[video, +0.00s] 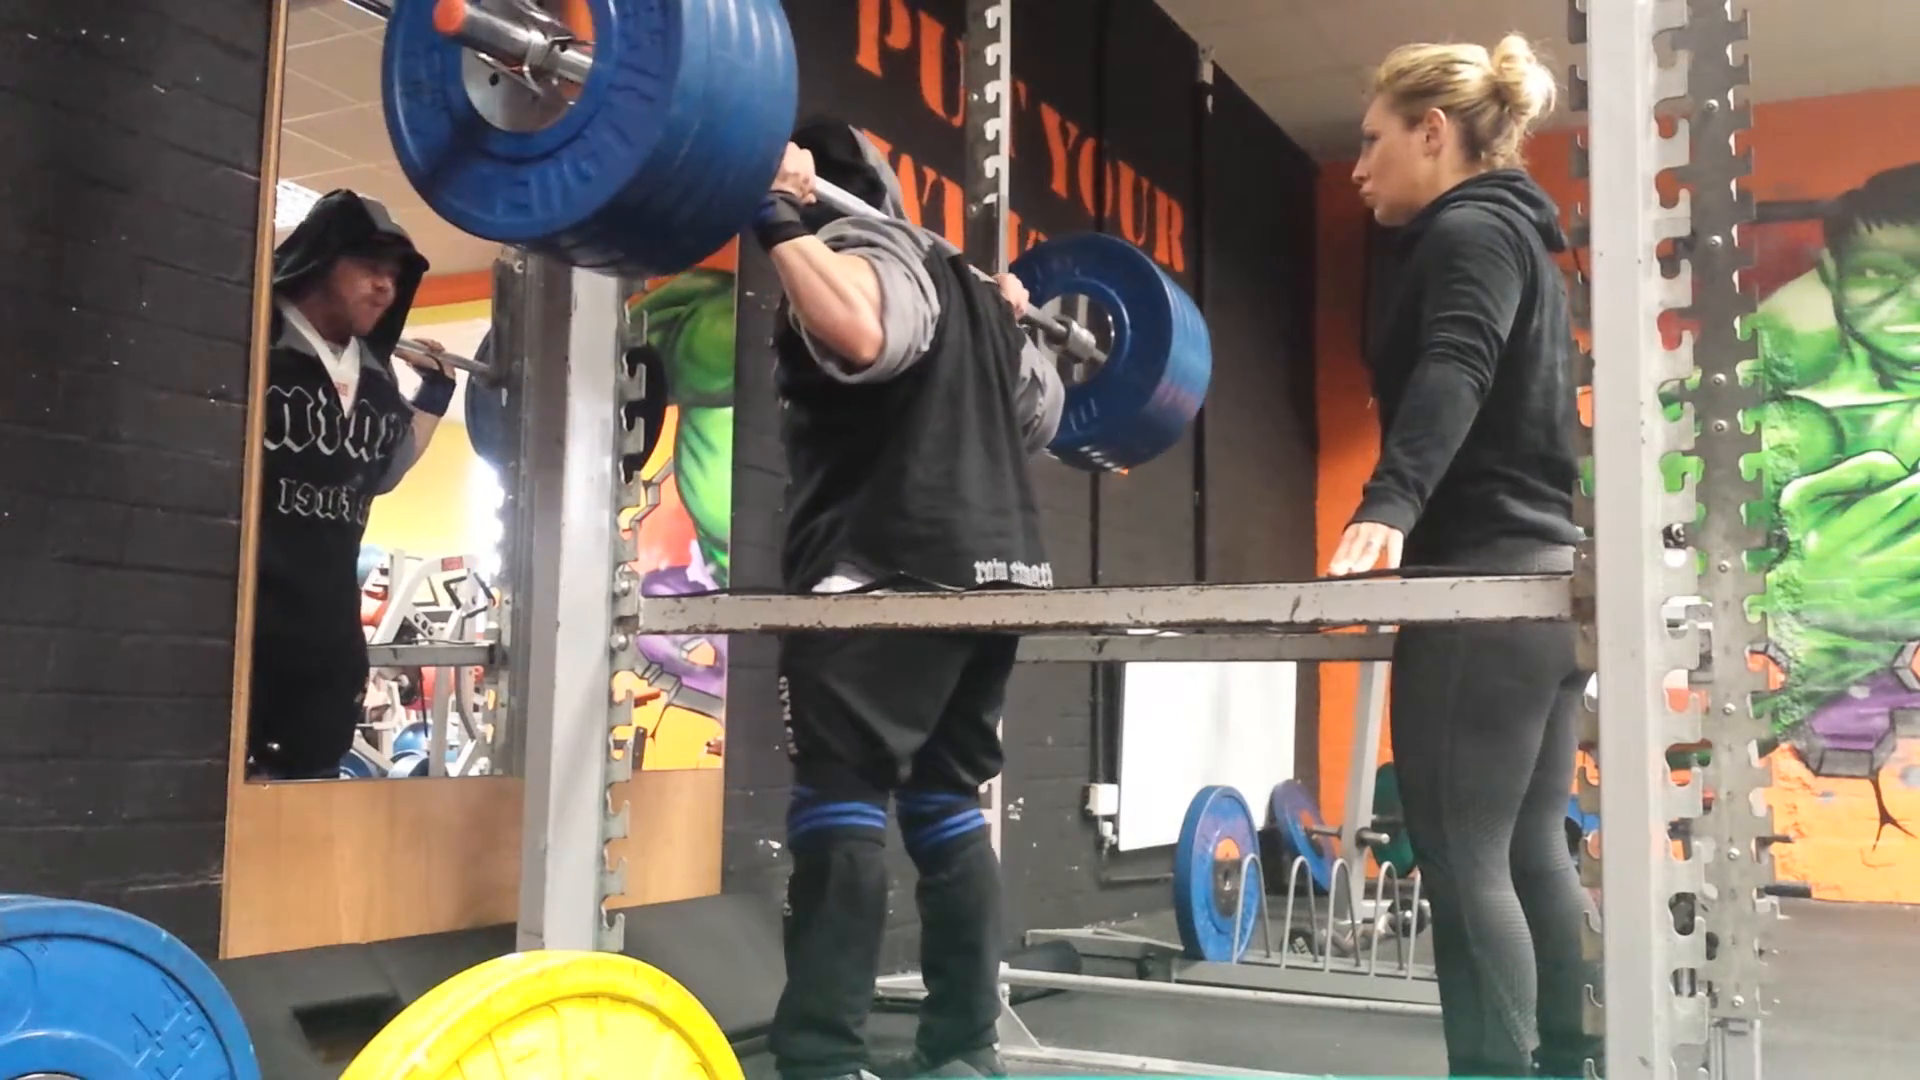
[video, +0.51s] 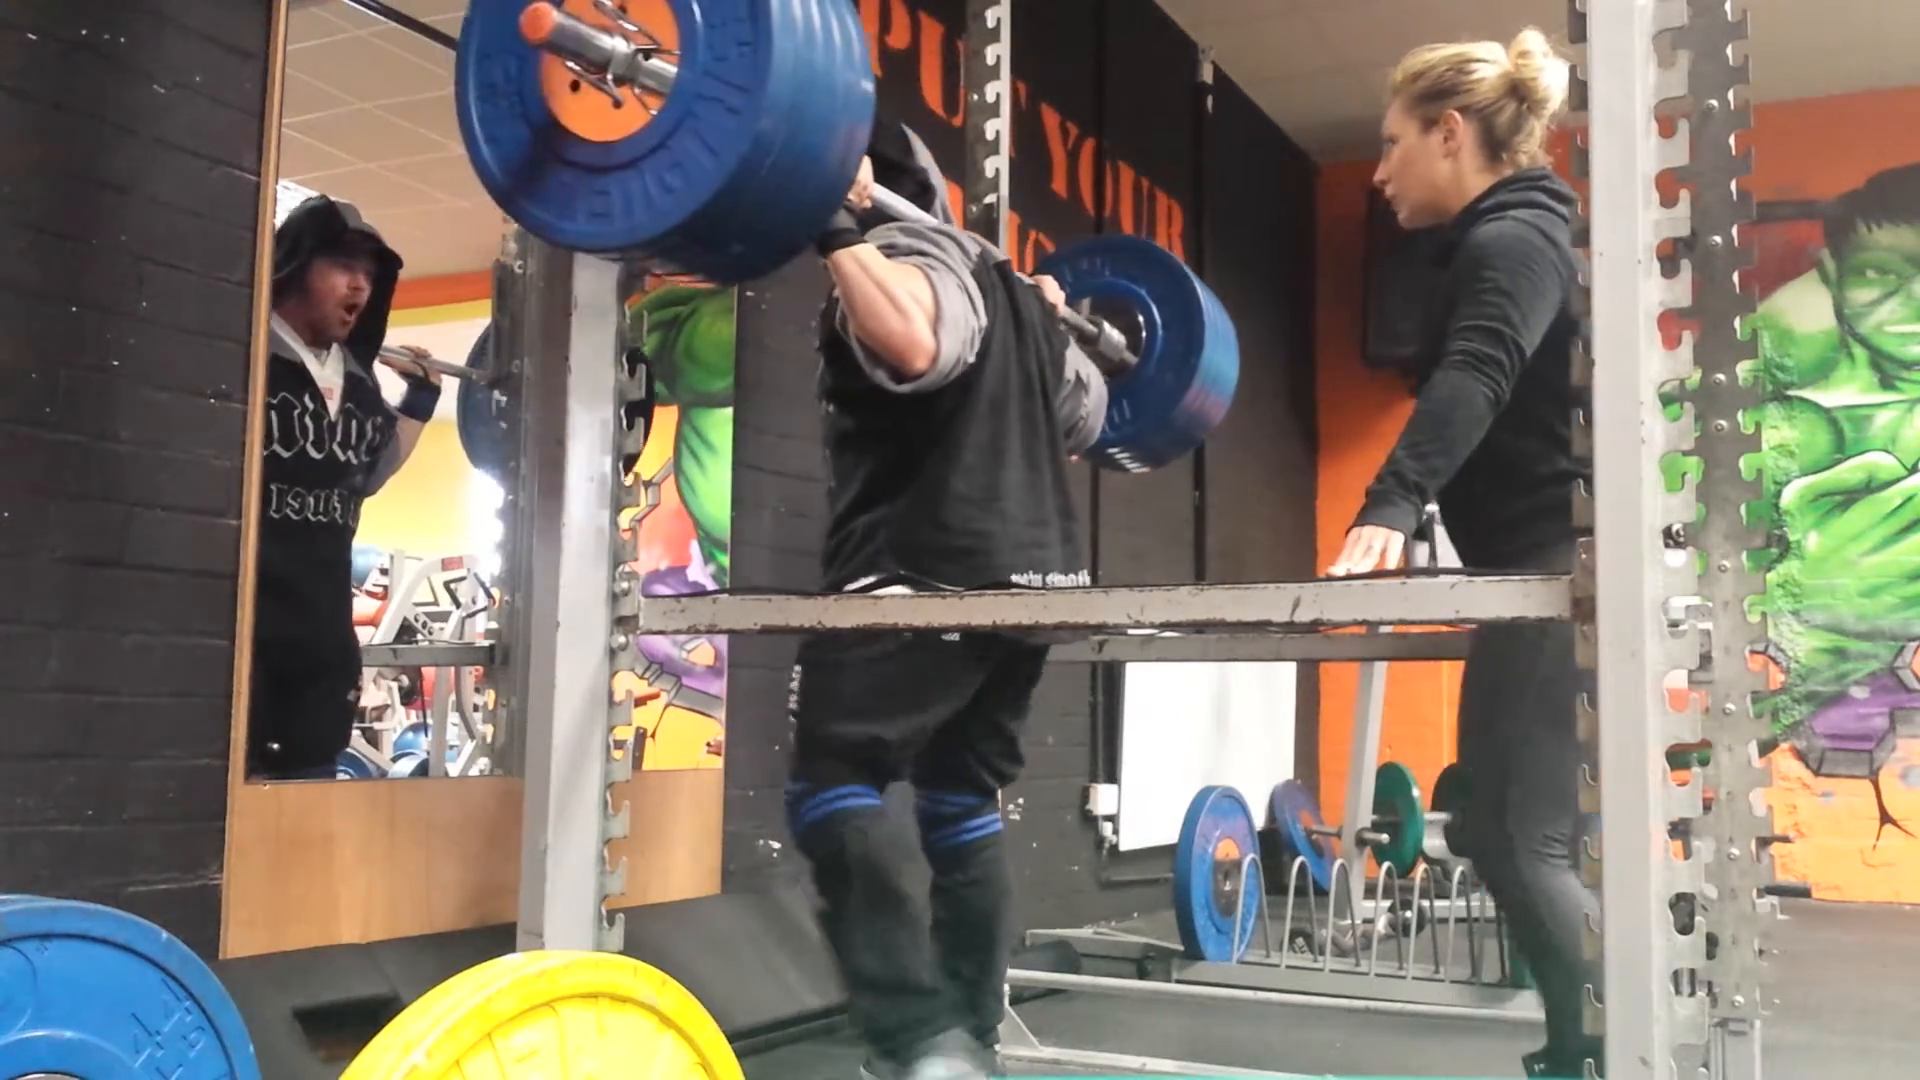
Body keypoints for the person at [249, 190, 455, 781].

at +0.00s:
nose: (385, 285)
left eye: (392, 275)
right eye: (369, 266)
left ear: (399, 290)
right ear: (320, 265)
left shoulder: (377, 377)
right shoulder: (254, 342)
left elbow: (382, 474)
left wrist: (436, 393)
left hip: (328, 604)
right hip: (247, 594)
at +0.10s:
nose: (384, 288)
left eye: (391, 277)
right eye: (369, 269)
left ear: (397, 290)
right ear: (318, 267)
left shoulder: (376, 379)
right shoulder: (253, 343)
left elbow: (381, 475)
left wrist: (435, 395)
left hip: (328, 607)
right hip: (245, 596)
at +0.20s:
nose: (382, 289)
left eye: (388, 277)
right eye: (365, 269)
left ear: (394, 291)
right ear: (314, 269)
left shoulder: (374, 381)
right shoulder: (251, 348)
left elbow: (381, 477)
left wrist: (434, 395)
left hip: (327, 613)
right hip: (245, 601)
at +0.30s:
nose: (378, 288)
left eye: (385, 276)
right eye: (361, 268)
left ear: (391, 291)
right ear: (312, 269)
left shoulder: (372, 383)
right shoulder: (251, 350)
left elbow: (380, 478)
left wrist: (433, 397)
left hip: (326, 623)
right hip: (244, 610)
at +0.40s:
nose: (371, 286)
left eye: (378, 274)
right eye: (355, 267)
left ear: (386, 289)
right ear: (306, 269)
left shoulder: (368, 381)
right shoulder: (248, 351)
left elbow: (379, 478)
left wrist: (431, 397)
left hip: (325, 617)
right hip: (244, 606)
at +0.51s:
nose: (360, 286)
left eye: (369, 274)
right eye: (344, 266)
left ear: (374, 289)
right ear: (294, 269)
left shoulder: (357, 376)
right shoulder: (245, 354)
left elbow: (371, 474)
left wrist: (422, 397)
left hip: (322, 612)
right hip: (245, 605)